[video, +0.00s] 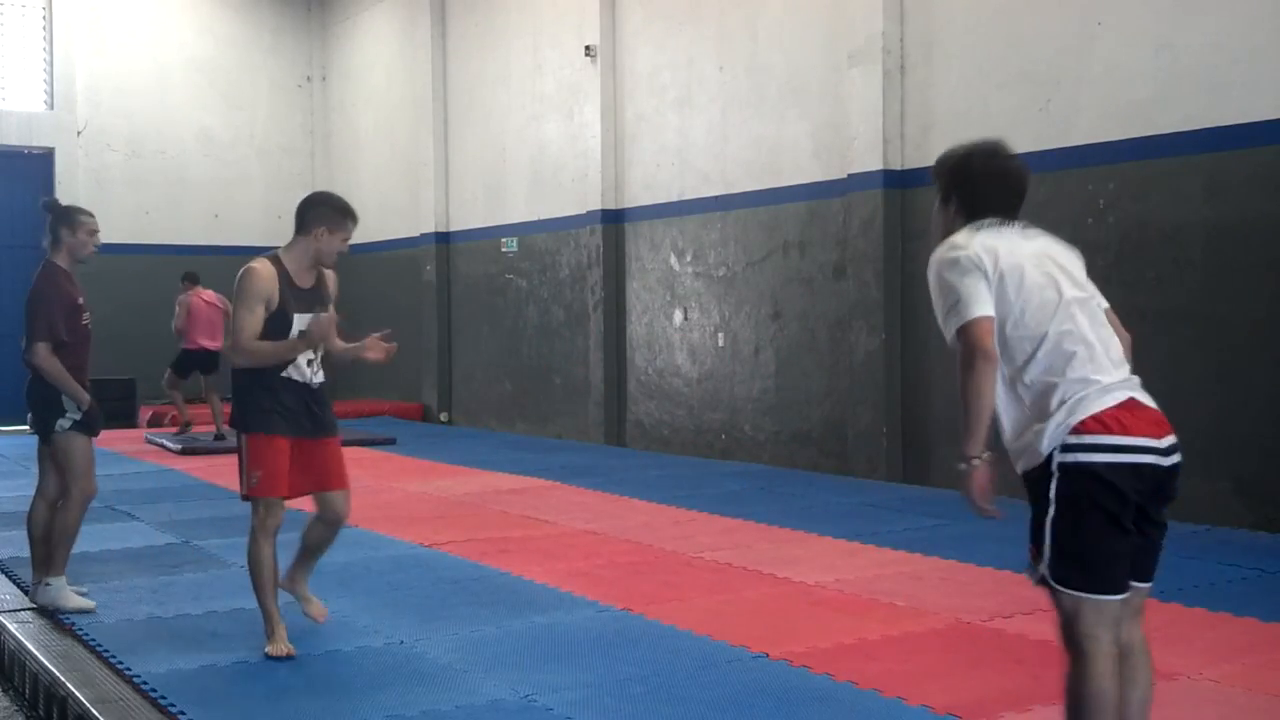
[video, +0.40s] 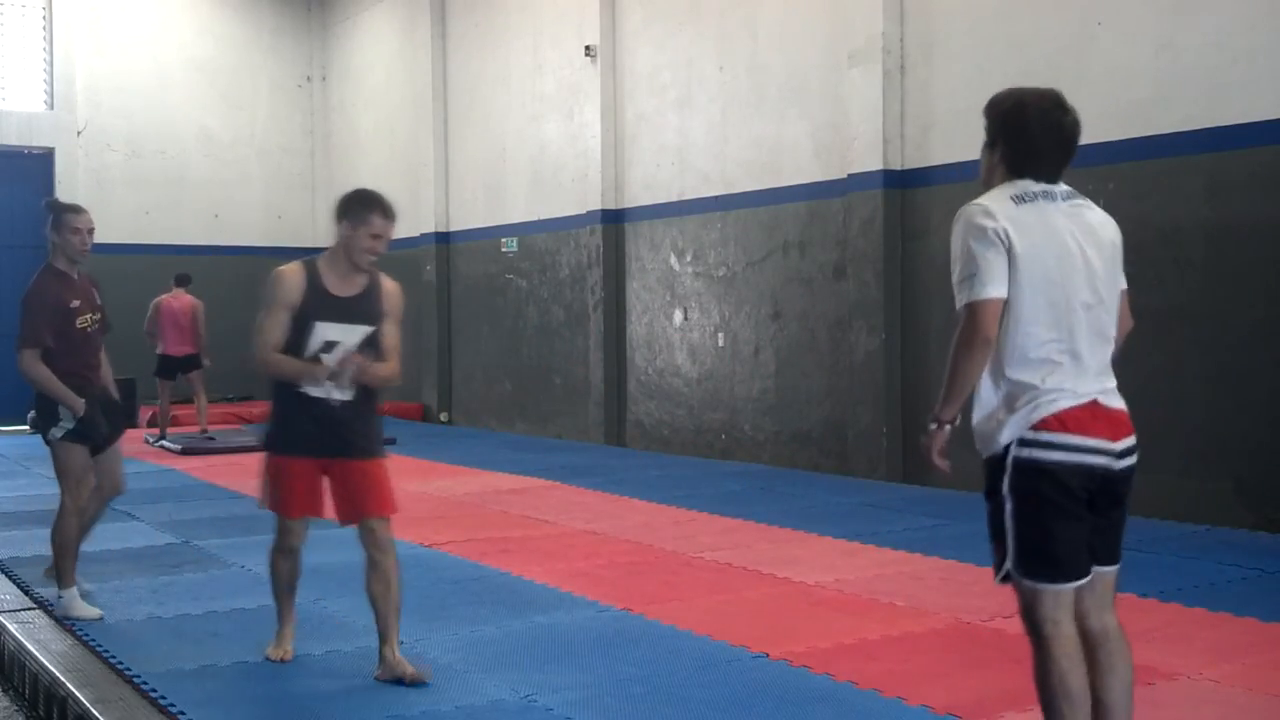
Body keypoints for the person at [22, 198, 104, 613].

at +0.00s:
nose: (95, 241)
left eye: (96, 234)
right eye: (90, 233)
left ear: (69, 237)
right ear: (65, 235)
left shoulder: (62, 277)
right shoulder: (50, 282)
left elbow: (56, 345)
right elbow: (39, 352)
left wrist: (79, 389)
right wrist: (82, 397)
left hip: (59, 392)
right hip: (57, 395)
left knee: (50, 489)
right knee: (82, 487)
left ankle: (43, 580)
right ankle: (53, 582)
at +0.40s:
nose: (87, 239)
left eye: (90, 232)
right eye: (77, 232)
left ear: (90, 236)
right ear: (55, 235)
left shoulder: (85, 282)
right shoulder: (43, 288)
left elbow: (96, 347)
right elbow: (28, 361)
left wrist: (114, 397)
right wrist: (79, 405)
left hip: (94, 398)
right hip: (61, 405)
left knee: (111, 485)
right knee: (77, 492)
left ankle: (58, 561)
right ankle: (67, 593)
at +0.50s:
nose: (82, 238)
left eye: (87, 230)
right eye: (72, 231)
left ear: (92, 232)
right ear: (53, 233)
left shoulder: (95, 280)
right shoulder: (41, 288)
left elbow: (106, 343)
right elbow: (22, 359)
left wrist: (122, 395)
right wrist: (70, 405)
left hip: (104, 401)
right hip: (64, 408)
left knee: (128, 485)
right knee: (71, 501)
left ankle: (85, 560)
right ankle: (66, 595)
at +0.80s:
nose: (92, 240)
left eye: (99, 232)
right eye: (84, 232)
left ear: (109, 234)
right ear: (69, 235)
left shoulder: (128, 285)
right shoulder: (51, 292)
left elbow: (141, 345)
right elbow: (24, 360)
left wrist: (146, 395)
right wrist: (63, 408)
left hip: (127, 404)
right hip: (77, 409)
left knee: (152, 500)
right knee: (74, 507)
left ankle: (169, 593)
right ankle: (68, 595)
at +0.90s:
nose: (104, 241)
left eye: (112, 234)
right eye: (96, 234)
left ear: (122, 237)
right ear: (81, 237)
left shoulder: (141, 288)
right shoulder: (62, 293)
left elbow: (154, 349)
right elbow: (33, 360)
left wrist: (158, 400)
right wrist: (67, 410)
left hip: (136, 409)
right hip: (85, 413)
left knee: (161, 502)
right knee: (79, 510)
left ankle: (179, 599)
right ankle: (70, 595)